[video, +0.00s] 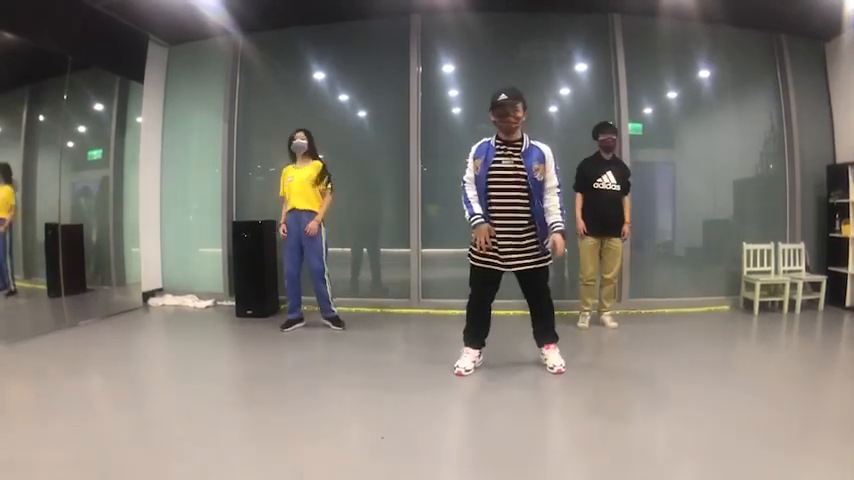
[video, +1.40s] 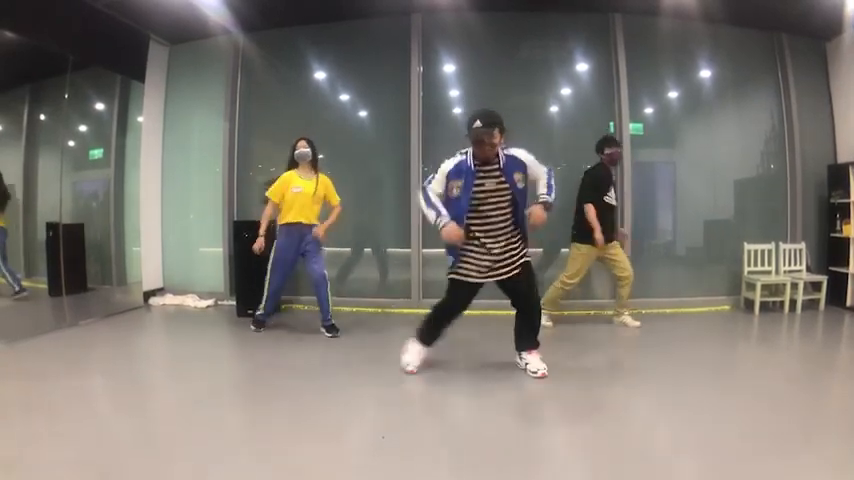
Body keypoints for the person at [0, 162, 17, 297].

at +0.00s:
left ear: (3, 174)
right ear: (8, 174)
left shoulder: (8, 190)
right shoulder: (6, 190)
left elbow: (12, 209)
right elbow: (12, 210)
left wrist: (5, 225)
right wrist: (5, 224)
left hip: (4, 222)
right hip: (3, 222)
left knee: (6, 254)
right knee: (3, 255)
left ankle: (11, 285)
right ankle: (4, 283)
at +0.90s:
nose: (0, 177)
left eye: (1, 174)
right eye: (1, 174)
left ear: (5, 175)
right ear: (7, 174)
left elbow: (13, 205)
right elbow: (9, 205)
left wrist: (5, 216)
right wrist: (5, 215)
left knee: (9, 254)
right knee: (4, 254)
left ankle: (17, 286)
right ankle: (5, 280)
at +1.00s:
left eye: (1, 175)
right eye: (1, 175)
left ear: (6, 176)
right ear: (9, 175)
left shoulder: (9, 190)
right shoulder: (11, 189)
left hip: (7, 220)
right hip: (6, 220)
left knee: (9, 253)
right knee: (6, 253)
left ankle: (18, 287)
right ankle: (17, 285)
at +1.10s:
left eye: (1, 175)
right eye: (1, 175)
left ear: (5, 176)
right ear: (10, 175)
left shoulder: (7, 190)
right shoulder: (12, 190)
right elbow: (14, 207)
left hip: (6, 222)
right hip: (7, 221)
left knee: (7, 255)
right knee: (6, 255)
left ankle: (19, 287)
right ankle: (18, 286)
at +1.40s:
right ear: (3, 182)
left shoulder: (4, 193)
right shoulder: (5, 193)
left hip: (2, 226)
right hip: (3, 226)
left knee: (3, 261)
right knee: (4, 261)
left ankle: (18, 287)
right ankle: (18, 287)